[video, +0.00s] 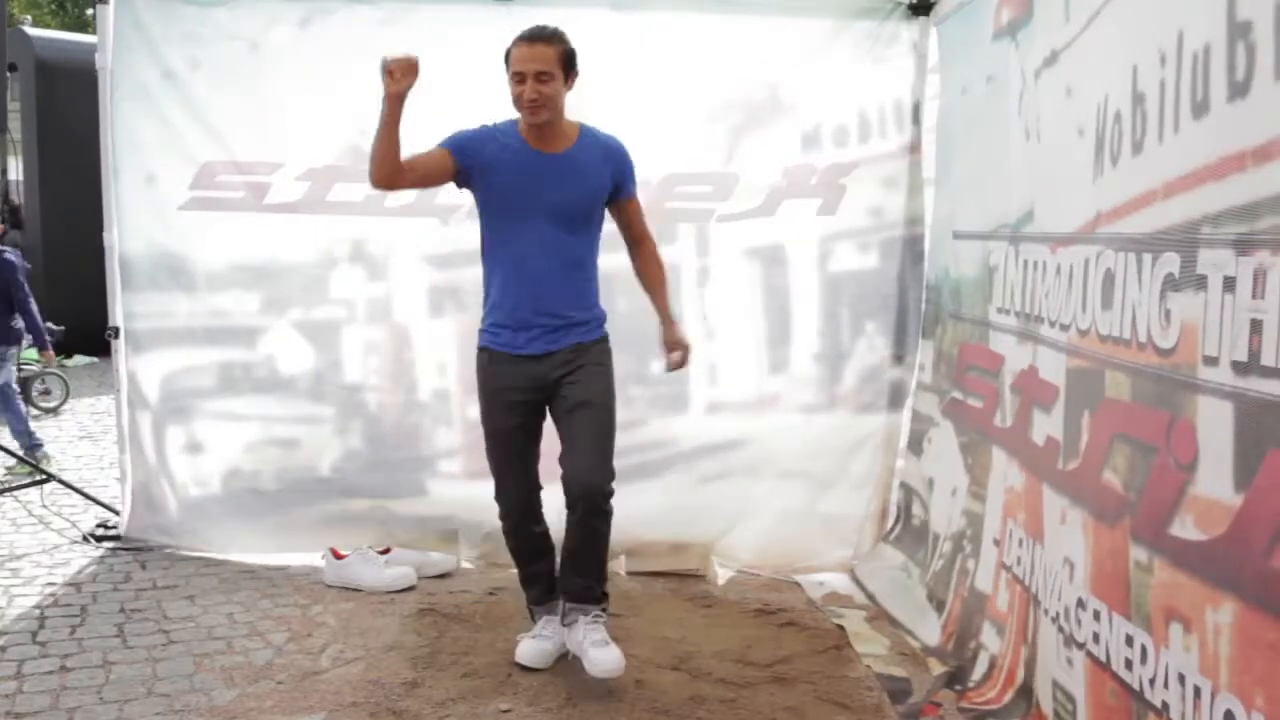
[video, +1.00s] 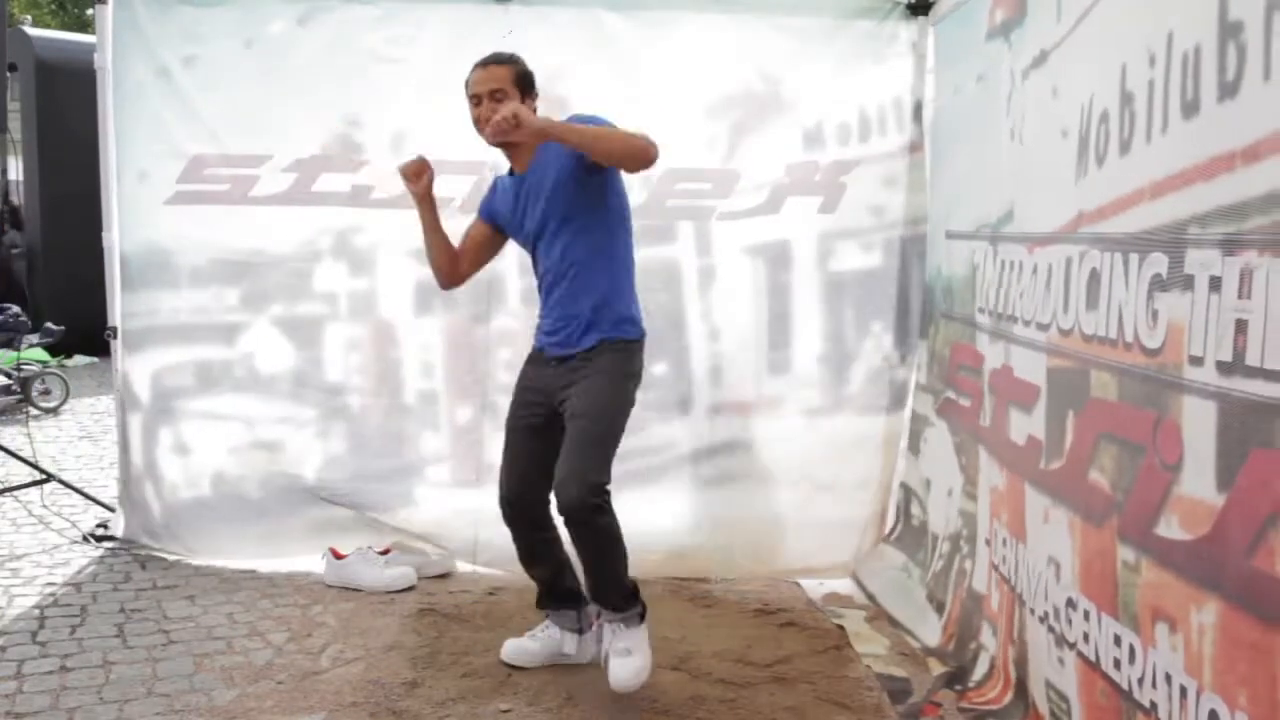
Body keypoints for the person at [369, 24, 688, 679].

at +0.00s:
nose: (532, 90)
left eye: (544, 78)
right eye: (521, 79)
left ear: (570, 81)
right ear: (509, 83)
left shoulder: (607, 155)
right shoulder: (482, 148)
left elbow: (639, 241)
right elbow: (385, 175)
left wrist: (667, 320)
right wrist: (394, 99)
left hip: (582, 348)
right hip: (505, 353)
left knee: (592, 484)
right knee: (515, 498)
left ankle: (585, 615)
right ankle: (544, 615)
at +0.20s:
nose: (547, 66)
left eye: (559, 52)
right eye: (536, 55)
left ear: (587, 54)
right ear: (526, 60)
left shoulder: (622, 137)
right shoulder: (504, 108)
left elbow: (614, 239)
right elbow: (421, 118)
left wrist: (600, 315)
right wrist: (406, 65)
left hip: (577, 325)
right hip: (502, 323)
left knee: (581, 478)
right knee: (518, 475)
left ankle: (585, 618)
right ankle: (539, 602)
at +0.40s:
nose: (549, 88)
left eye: (562, 75)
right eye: (538, 77)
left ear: (591, 80)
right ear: (528, 85)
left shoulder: (630, 164)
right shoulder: (504, 153)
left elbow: (650, 264)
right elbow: (471, 256)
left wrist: (663, 352)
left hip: (591, 356)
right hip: (513, 354)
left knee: (597, 506)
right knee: (490, 493)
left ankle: (586, 633)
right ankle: (513, 592)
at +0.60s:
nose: (525, 79)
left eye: (536, 65)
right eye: (512, 69)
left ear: (563, 64)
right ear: (502, 77)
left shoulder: (616, 120)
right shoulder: (505, 151)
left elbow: (692, 163)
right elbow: (430, 213)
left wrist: (677, 138)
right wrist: (369, 175)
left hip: (605, 341)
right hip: (530, 333)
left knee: (600, 492)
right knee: (478, 465)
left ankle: (589, 629)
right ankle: (515, 561)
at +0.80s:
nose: (509, 92)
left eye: (521, 79)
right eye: (499, 82)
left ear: (551, 81)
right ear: (491, 90)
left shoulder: (592, 132)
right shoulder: (505, 164)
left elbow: (612, 89)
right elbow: (410, 190)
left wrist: (590, 43)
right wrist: (336, 138)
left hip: (607, 345)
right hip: (539, 351)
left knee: (610, 506)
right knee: (532, 502)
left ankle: (610, 651)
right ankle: (571, 622)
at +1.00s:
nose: (489, 110)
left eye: (500, 97)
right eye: (478, 102)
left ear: (529, 101)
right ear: (472, 116)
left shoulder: (575, 140)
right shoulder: (503, 194)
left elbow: (643, 152)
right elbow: (451, 273)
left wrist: (544, 128)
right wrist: (425, 201)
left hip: (608, 349)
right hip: (549, 355)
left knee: (579, 493)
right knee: (519, 499)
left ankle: (625, 620)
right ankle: (571, 624)